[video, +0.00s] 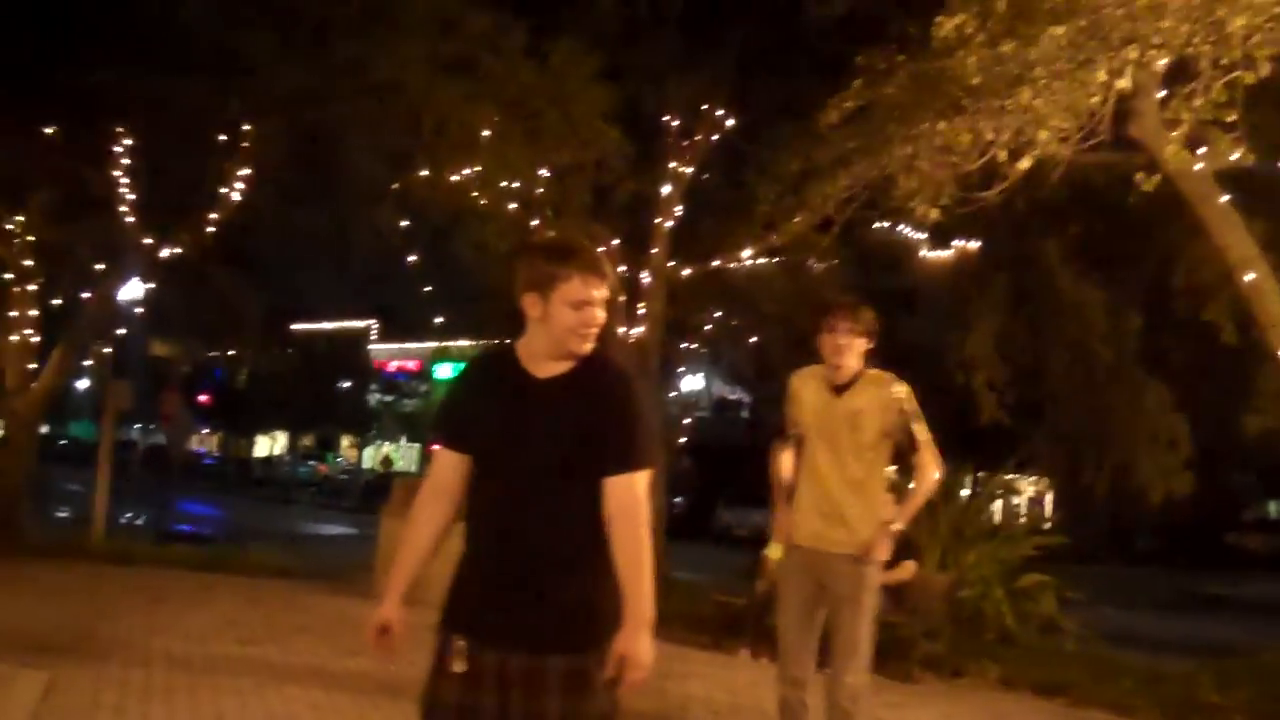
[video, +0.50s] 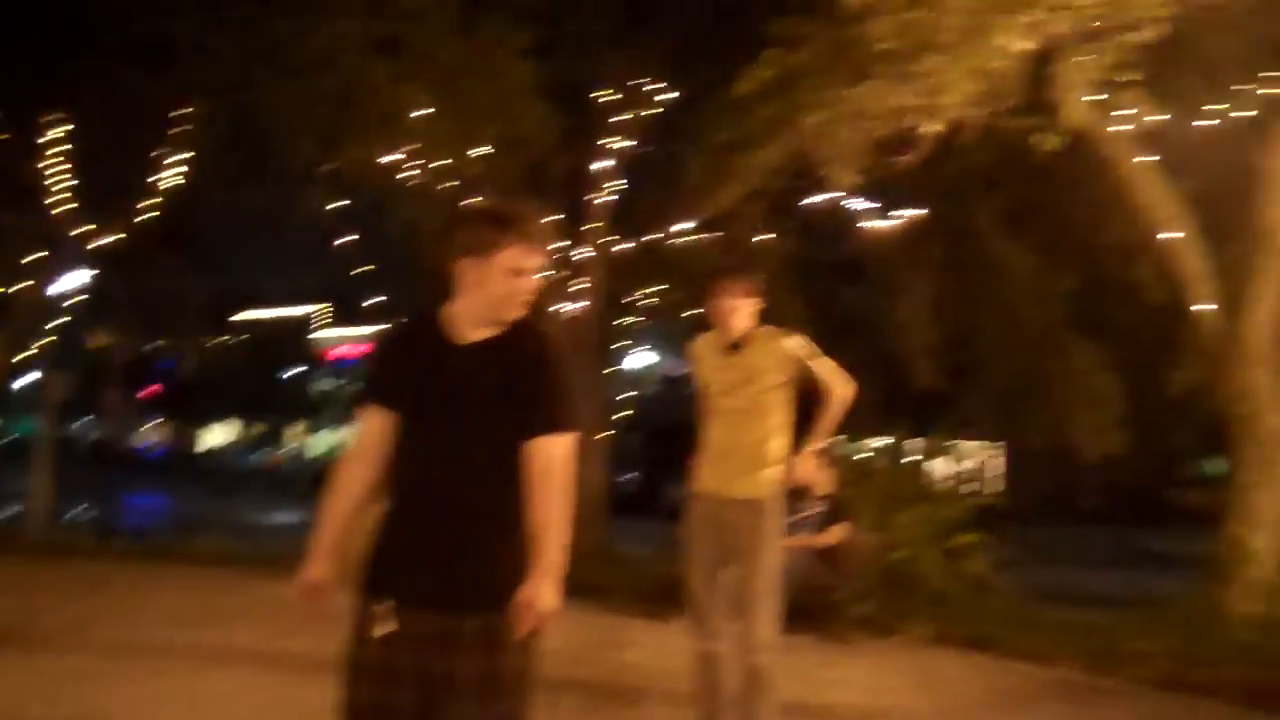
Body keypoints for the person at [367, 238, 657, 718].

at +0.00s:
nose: (596, 319)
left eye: (603, 305)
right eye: (580, 305)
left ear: (611, 306)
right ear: (532, 305)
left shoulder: (612, 389)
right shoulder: (483, 380)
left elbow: (627, 511)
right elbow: (439, 493)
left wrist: (638, 623)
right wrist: (393, 595)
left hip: (578, 633)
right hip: (480, 624)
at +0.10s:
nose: (574, 321)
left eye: (580, 308)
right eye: (558, 308)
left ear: (586, 309)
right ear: (510, 307)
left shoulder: (589, 394)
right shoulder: (459, 381)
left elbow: (603, 515)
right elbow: (415, 496)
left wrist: (609, 624)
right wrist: (369, 595)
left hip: (549, 637)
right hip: (452, 627)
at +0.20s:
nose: (559, 322)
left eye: (565, 309)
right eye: (544, 309)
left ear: (571, 309)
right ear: (497, 307)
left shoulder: (571, 392)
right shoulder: (442, 381)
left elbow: (585, 508)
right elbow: (400, 492)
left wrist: (589, 614)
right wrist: (357, 592)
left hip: (533, 628)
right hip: (437, 623)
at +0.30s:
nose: (587, 304)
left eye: (595, 290)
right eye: (573, 289)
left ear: (602, 291)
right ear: (526, 286)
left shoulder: (600, 371)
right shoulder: (470, 362)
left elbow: (615, 483)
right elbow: (431, 467)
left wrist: (615, 584)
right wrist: (392, 565)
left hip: (561, 608)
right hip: (467, 601)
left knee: (557, 712)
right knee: (449, 710)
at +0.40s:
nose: (593, 284)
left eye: (599, 272)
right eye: (578, 269)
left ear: (606, 275)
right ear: (530, 268)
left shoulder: (600, 355)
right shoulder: (469, 346)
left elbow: (613, 469)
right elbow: (428, 452)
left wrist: (606, 567)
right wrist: (388, 547)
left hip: (556, 590)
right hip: (463, 579)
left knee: (548, 710)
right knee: (440, 708)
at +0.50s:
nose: (530, 288)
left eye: (536, 274)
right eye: (517, 272)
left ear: (544, 274)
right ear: (466, 269)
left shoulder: (535, 354)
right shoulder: (408, 347)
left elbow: (550, 472)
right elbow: (365, 454)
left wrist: (546, 574)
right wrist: (323, 552)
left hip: (493, 598)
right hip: (400, 589)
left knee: (483, 710)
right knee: (380, 708)